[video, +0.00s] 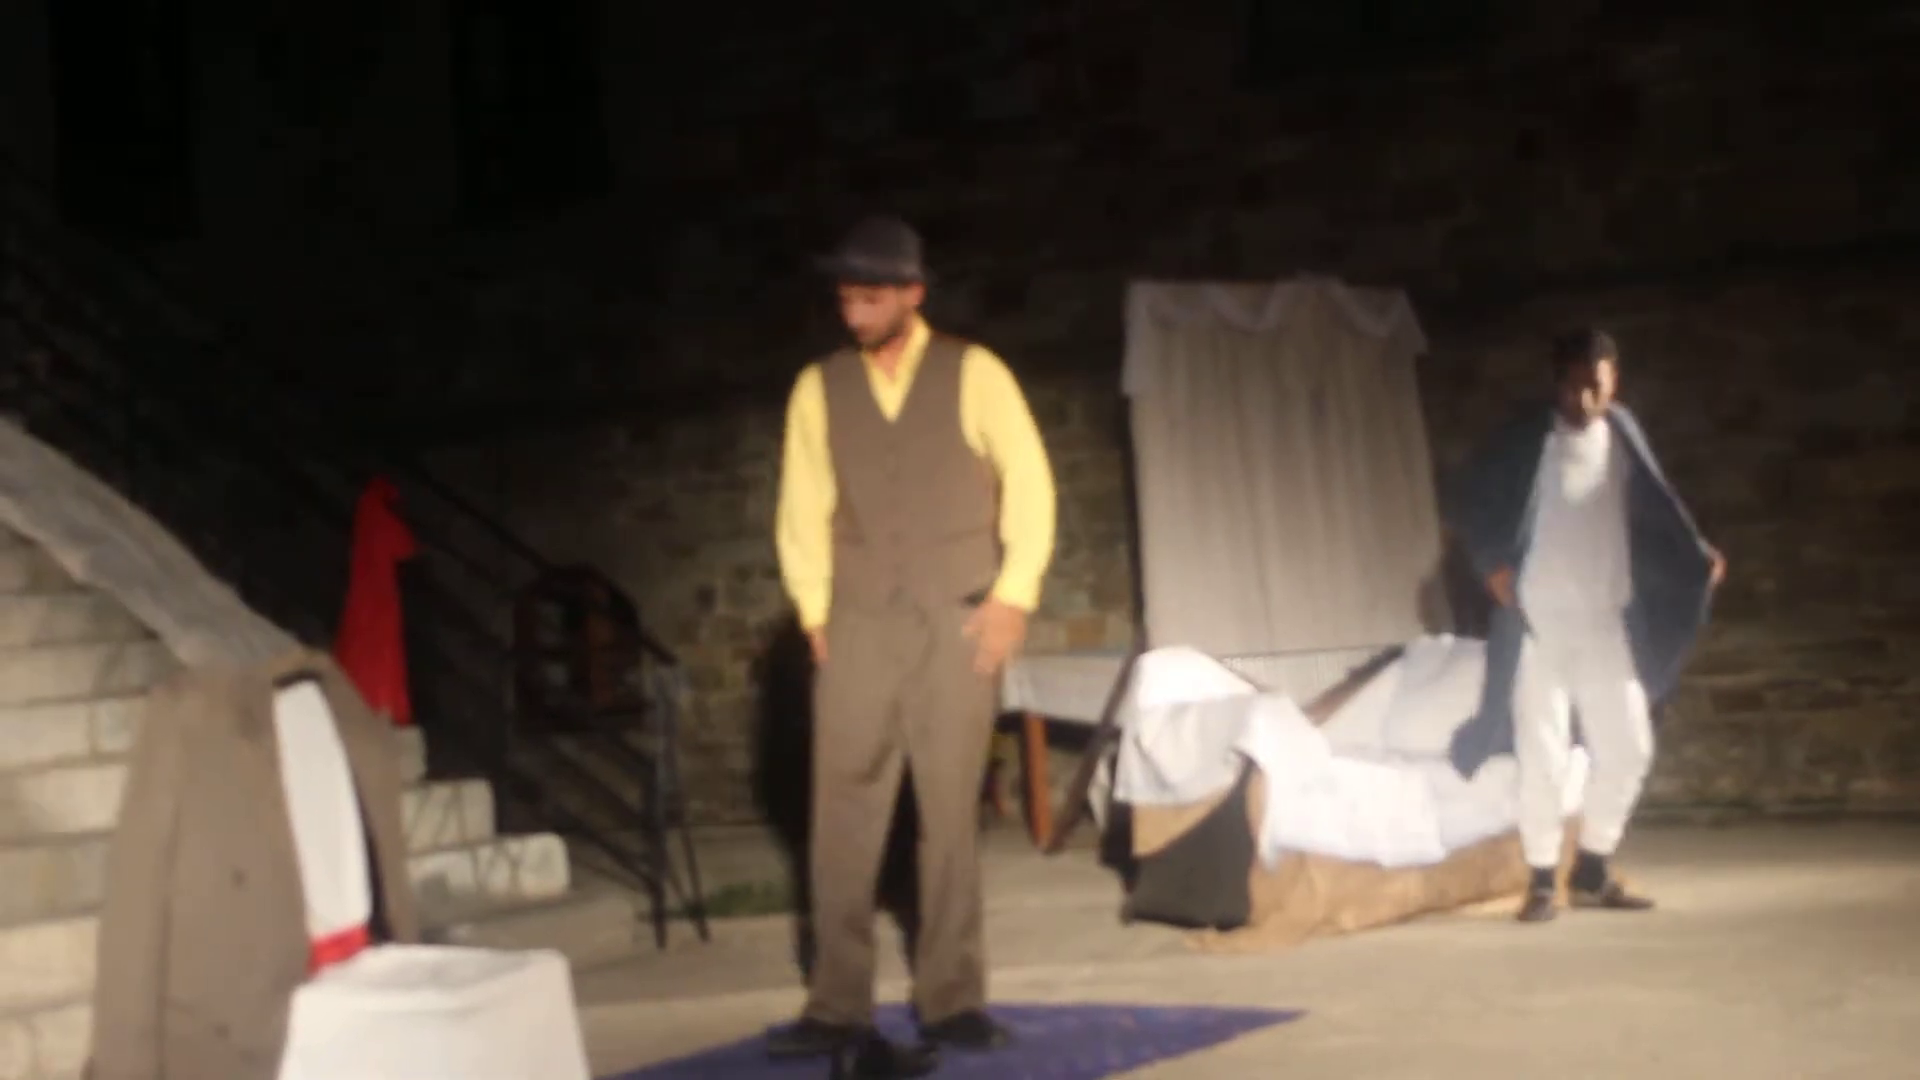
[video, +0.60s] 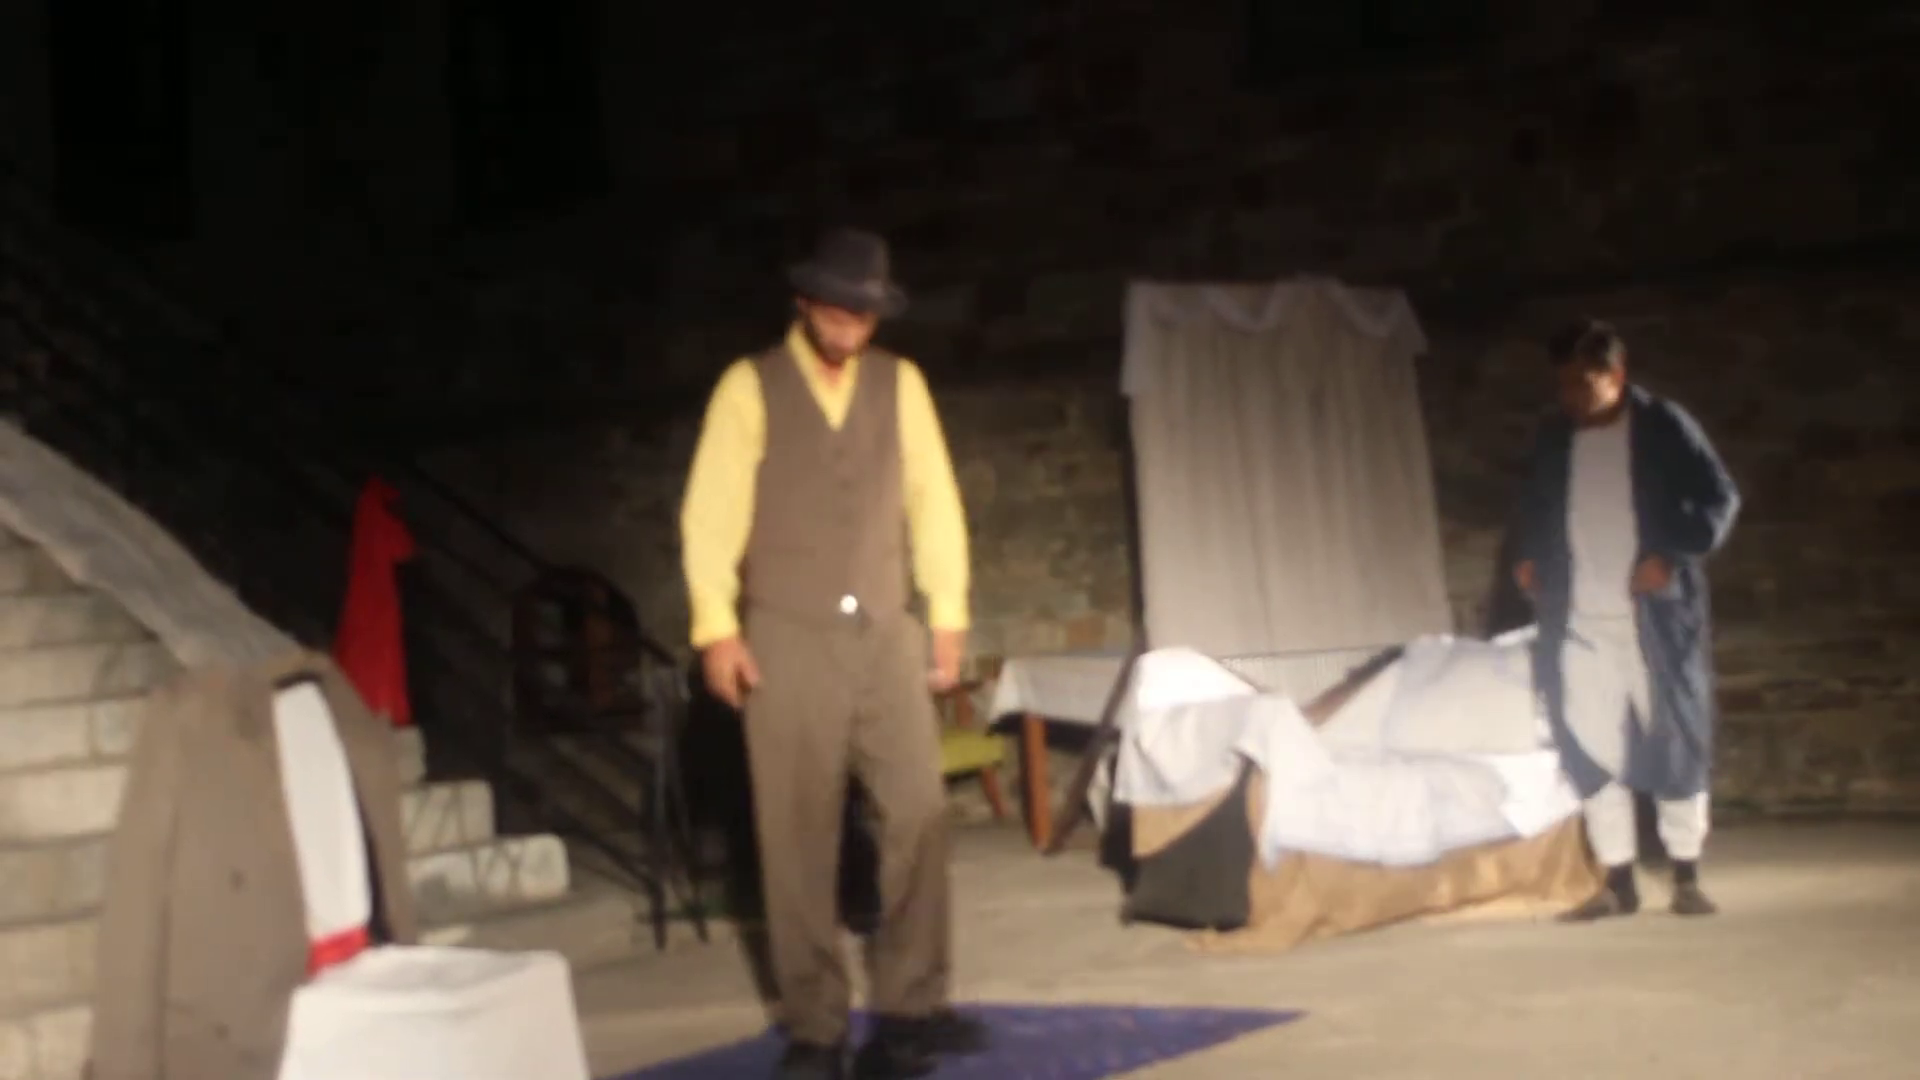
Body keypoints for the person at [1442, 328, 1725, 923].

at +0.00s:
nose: (1592, 400)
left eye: (1602, 389)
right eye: (1582, 387)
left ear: (1614, 388)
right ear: (1559, 383)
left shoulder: (1623, 432)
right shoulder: (1524, 435)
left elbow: (1655, 505)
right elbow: (1468, 500)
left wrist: (1696, 551)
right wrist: (1489, 563)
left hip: (1605, 627)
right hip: (1535, 628)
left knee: (1629, 746)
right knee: (1541, 751)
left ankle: (1591, 870)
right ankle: (1542, 878)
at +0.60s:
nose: (1581, 394)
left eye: (1591, 381)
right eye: (1571, 383)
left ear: (1619, 373)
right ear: (1559, 383)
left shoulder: (1663, 425)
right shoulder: (1550, 441)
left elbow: (1717, 497)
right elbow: (1528, 512)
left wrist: (1671, 555)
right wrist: (1523, 556)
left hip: (1656, 624)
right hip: (1579, 629)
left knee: (1676, 744)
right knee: (1596, 755)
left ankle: (1685, 878)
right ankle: (1619, 884)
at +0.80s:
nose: (1570, 391)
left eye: (1581, 378)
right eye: (1560, 380)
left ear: (1608, 372)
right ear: (1548, 382)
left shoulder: (1652, 421)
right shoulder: (1544, 441)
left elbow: (1712, 494)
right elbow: (1523, 516)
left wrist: (1659, 552)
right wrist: (1521, 562)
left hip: (1650, 618)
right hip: (1575, 622)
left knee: (1675, 737)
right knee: (1591, 747)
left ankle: (1703, 877)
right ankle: (1617, 884)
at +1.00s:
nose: (1576, 382)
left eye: (1587, 369)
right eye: (1568, 371)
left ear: (1617, 367)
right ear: (1558, 374)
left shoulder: (1664, 420)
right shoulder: (1552, 436)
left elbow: (1725, 492)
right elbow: (1535, 503)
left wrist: (1662, 543)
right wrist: (1542, 546)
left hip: (1658, 619)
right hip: (1586, 623)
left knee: (1674, 738)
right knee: (1593, 742)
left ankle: (1701, 883)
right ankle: (1618, 880)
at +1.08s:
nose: (1577, 380)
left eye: (1589, 368)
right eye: (1571, 368)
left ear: (1622, 367)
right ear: (1564, 371)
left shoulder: (1668, 420)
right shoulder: (1560, 434)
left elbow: (1730, 493)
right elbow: (1542, 501)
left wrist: (1663, 543)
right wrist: (1550, 541)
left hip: (1661, 617)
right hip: (1588, 620)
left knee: (1676, 737)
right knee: (1587, 742)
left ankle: (1702, 881)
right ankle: (1618, 874)